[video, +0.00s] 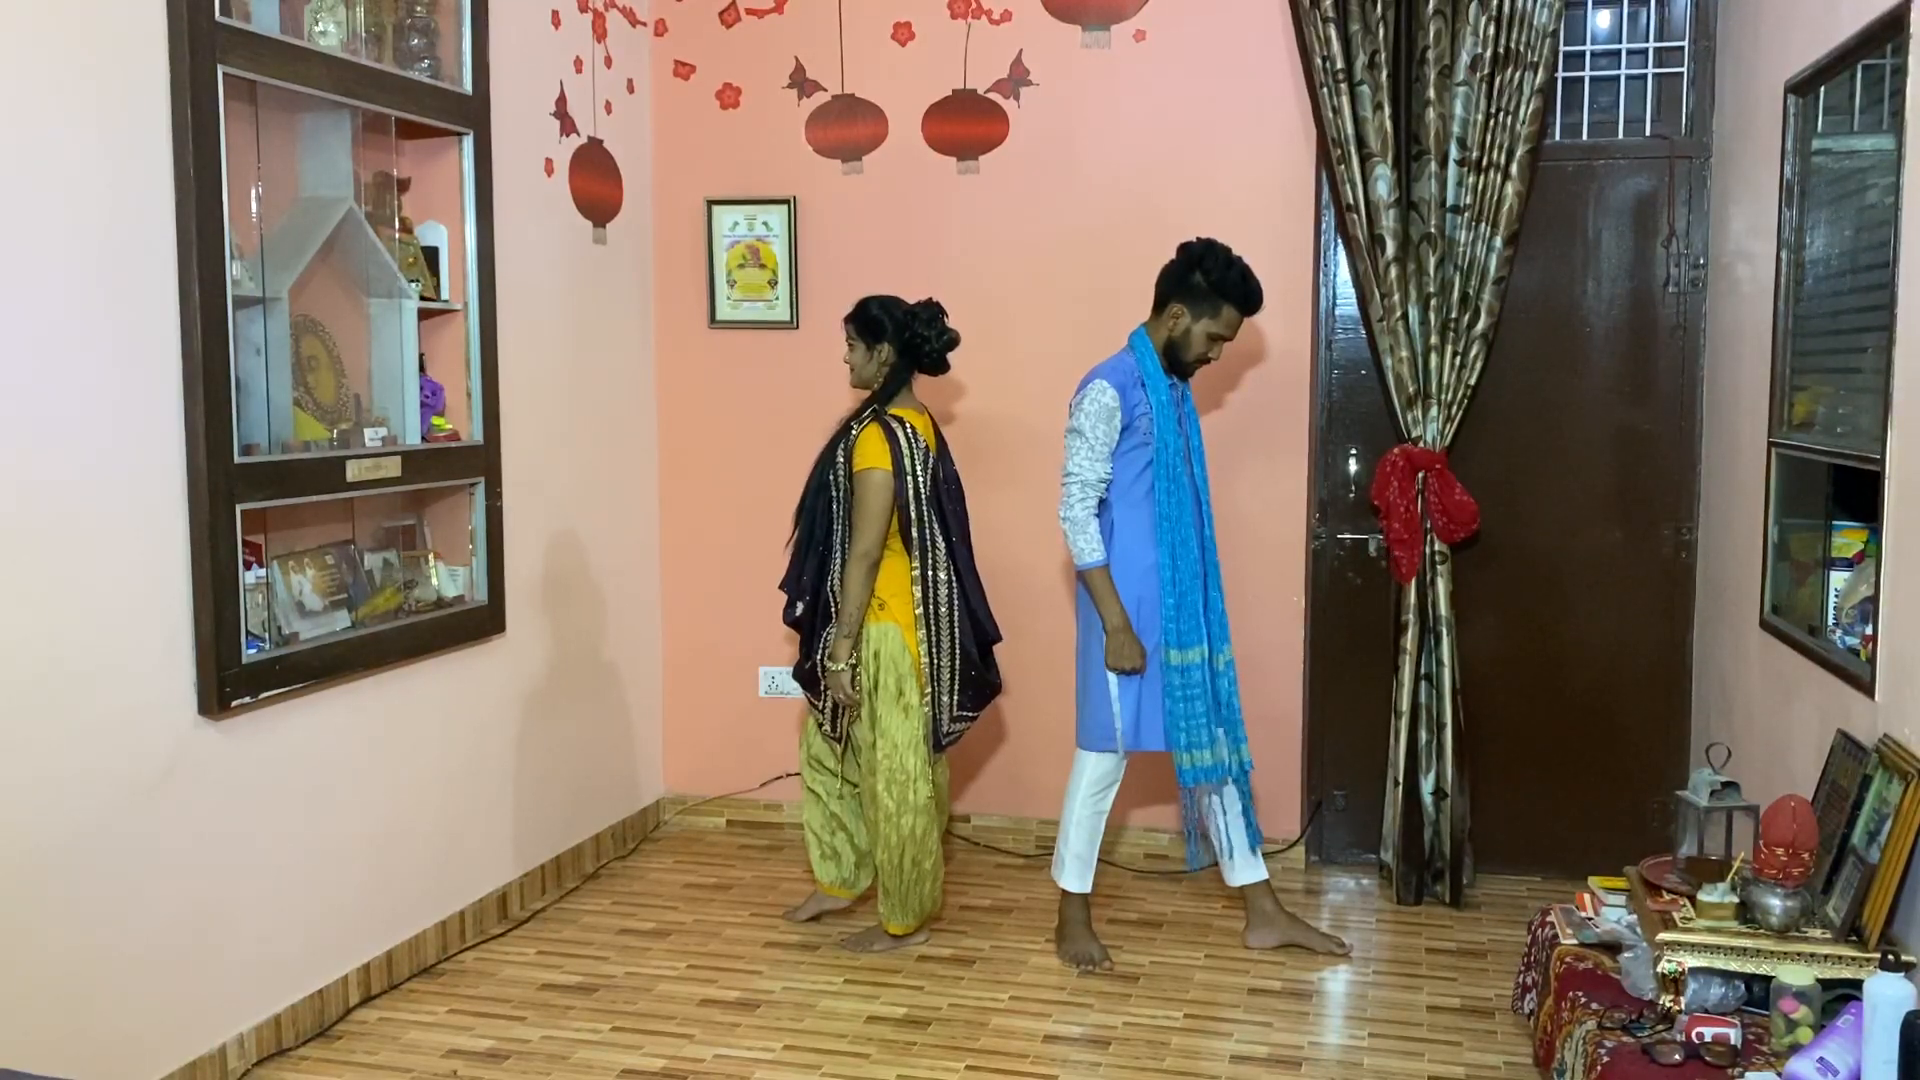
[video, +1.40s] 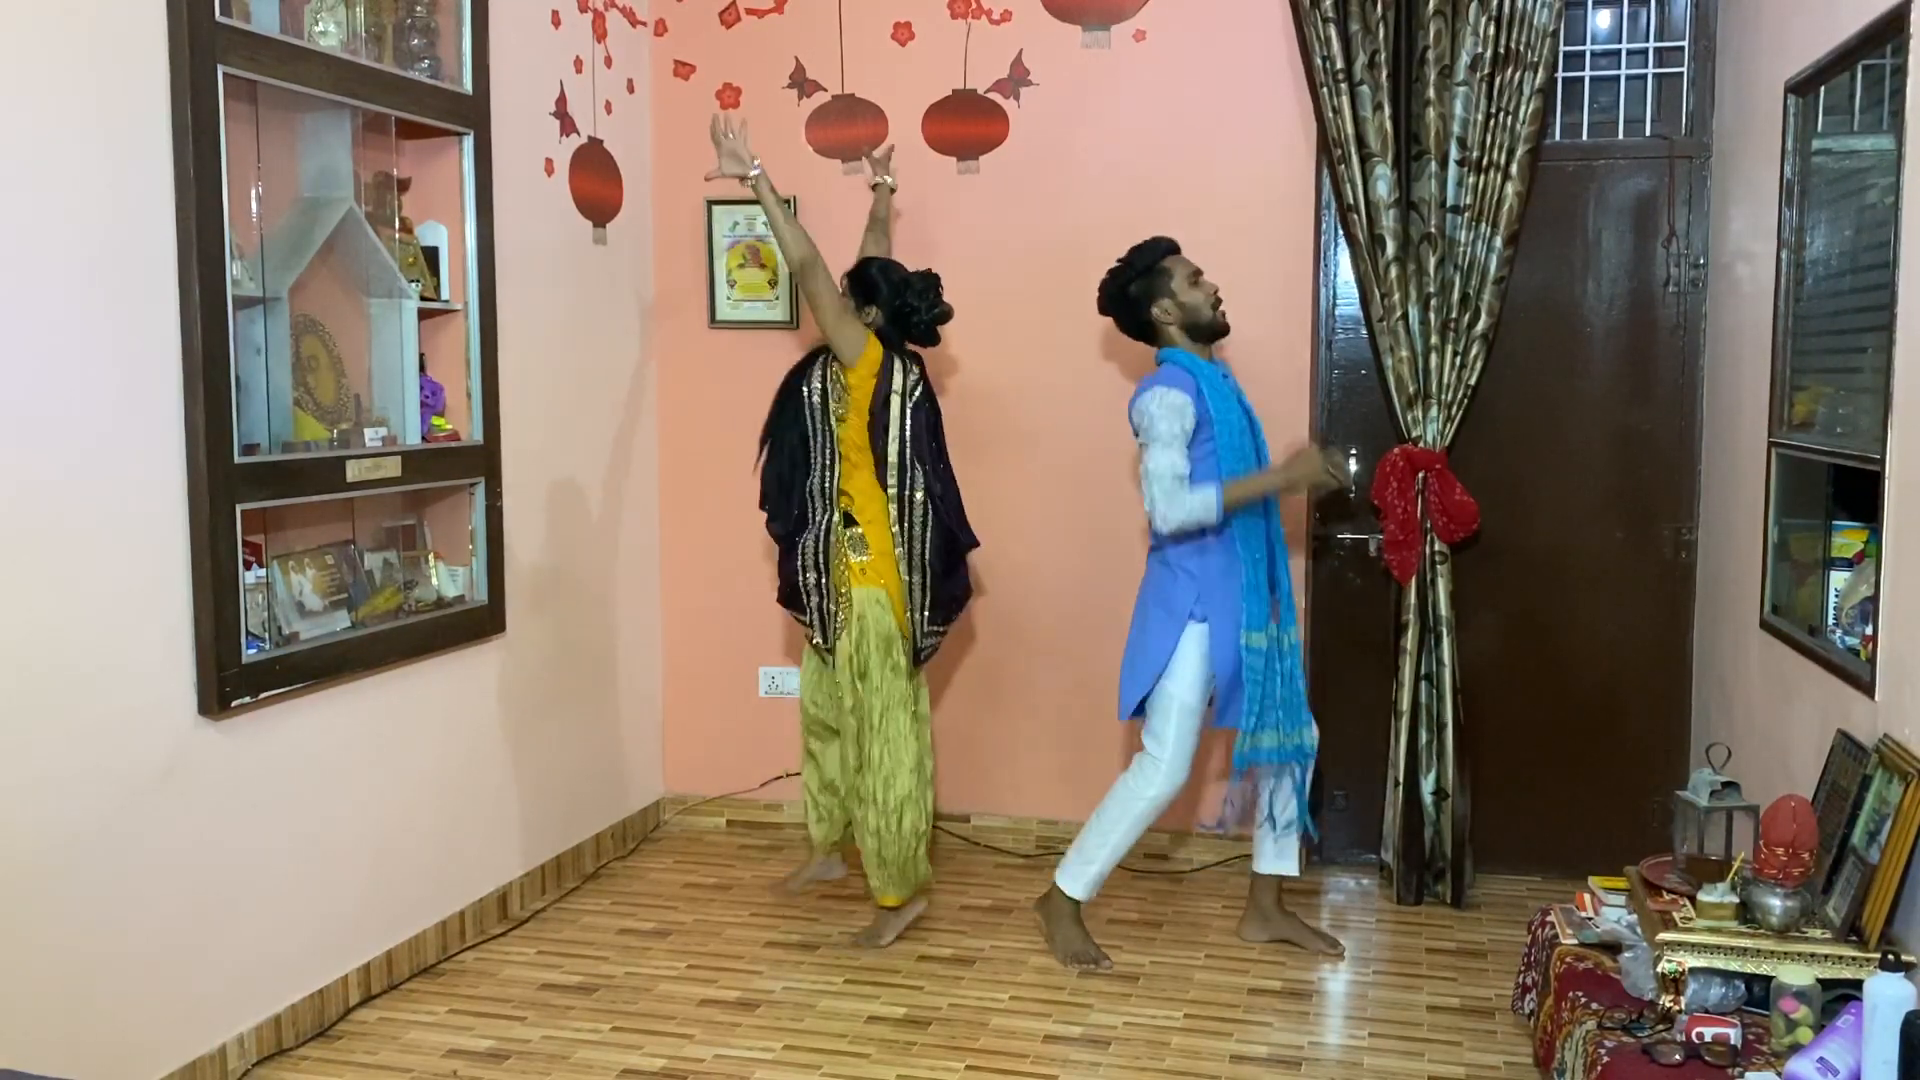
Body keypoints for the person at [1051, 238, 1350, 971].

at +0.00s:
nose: (1219, 352)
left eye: (1227, 339)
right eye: (1215, 336)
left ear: (1195, 320)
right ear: (1174, 311)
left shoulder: (1172, 391)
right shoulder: (1106, 392)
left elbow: (1170, 515)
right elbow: (1077, 514)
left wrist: (1195, 606)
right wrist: (1116, 623)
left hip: (1184, 603)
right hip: (1123, 604)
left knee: (1214, 743)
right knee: (1103, 753)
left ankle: (1263, 908)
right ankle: (1072, 914)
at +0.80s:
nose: (1232, 302)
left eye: (1225, 288)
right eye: (1216, 290)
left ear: (1181, 313)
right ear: (1173, 311)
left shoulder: (1188, 401)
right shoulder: (1135, 402)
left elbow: (1189, 502)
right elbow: (1111, 506)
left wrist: (1240, 546)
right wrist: (1215, 552)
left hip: (1196, 616)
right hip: (1140, 619)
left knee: (1277, 733)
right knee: (1136, 767)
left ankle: (1270, 908)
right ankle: (1078, 918)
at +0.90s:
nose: (1218, 272)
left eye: (1209, 260)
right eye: (1201, 264)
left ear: (1182, 289)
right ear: (1167, 290)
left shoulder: (1205, 378)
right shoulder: (1146, 368)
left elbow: (1258, 405)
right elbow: (1165, 376)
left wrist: (1263, 389)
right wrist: (1227, 373)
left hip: (1220, 589)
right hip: (1157, 588)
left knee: (1275, 731)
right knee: (1132, 752)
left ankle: (1271, 905)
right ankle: (1073, 907)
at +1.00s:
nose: (1205, 255)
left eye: (1198, 246)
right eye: (1190, 248)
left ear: (1175, 270)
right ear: (1155, 269)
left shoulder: (1201, 321)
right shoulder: (1158, 326)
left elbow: (1234, 225)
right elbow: (1177, 230)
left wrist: (1288, 157)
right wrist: (1255, 129)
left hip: (1230, 540)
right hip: (1170, 539)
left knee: (1253, 700)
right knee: (1131, 707)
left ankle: (1278, 880)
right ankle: (1075, 885)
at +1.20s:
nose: (1202, 251)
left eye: (1192, 242)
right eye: (1183, 245)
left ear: (1164, 274)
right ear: (1155, 274)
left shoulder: (1219, 325)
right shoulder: (1173, 336)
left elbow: (1241, 247)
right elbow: (1191, 247)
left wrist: (1266, 171)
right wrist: (1247, 161)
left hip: (1250, 557)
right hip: (1193, 558)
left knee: (1258, 714)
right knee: (1144, 718)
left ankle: (1268, 890)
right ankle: (1076, 890)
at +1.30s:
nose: (1206, 262)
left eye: (1196, 253)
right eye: (1189, 260)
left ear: (1180, 287)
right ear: (1162, 293)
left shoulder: (1207, 346)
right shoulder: (1164, 353)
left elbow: (1244, 345)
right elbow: (1198, 350)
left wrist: (1267, 323)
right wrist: (1254, 322)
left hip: (1254, 568)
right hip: (1200, 571)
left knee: (1260, 725)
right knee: (1147, 728)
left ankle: (1264, 898)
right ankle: (1064, 890)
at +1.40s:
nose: (1213, 284)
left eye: (1202, 274)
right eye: (1195, 280)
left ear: (1174, 310)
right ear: (1165, 311)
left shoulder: (1218, 385)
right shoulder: (1166, 394)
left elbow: (1221, 495)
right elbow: (1169, 508)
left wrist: (1299, 479)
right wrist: (1280, 478)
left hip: (1251, 598)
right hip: (1194, 601)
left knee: (1288, 738)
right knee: (1165, 763)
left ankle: (1268, 901)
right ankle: (1065, 898)